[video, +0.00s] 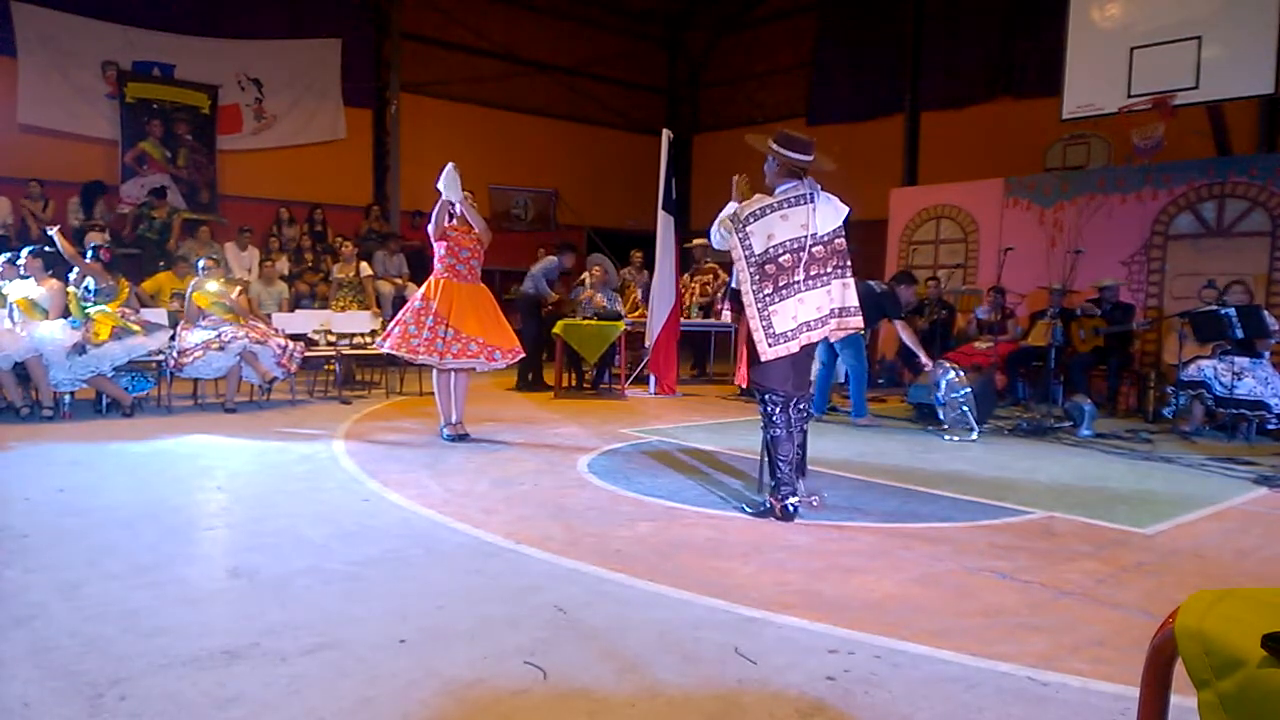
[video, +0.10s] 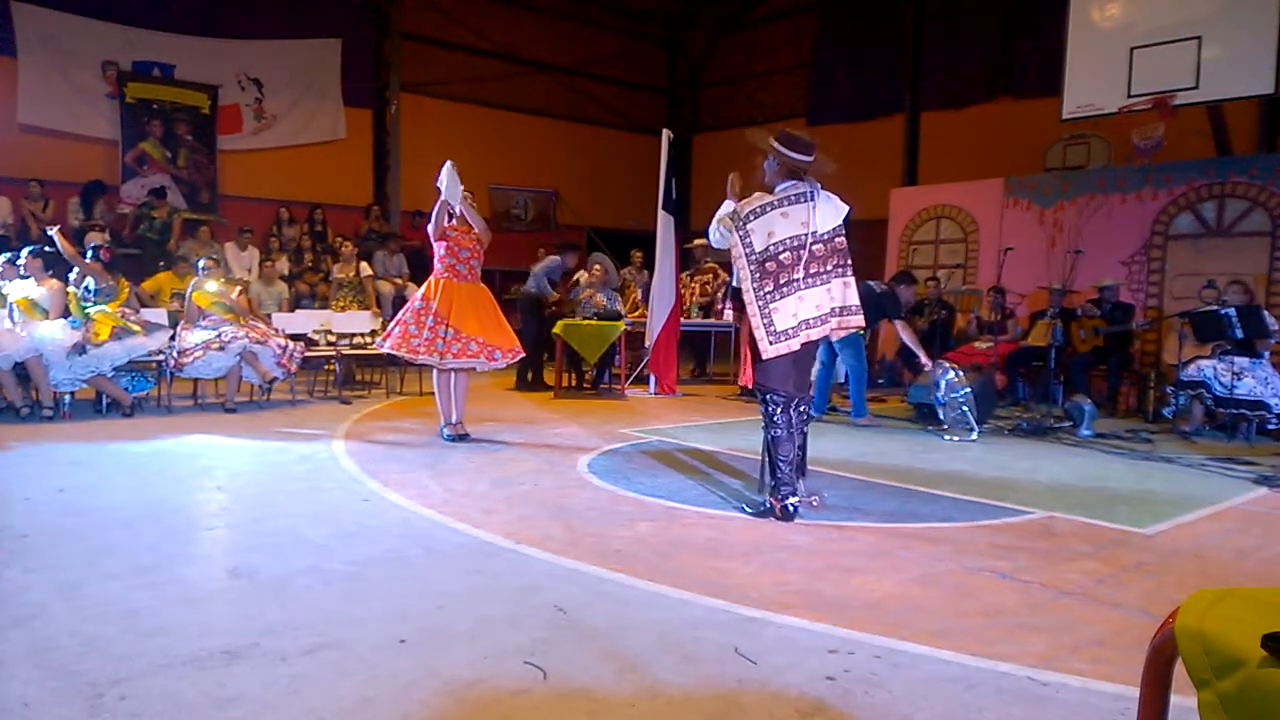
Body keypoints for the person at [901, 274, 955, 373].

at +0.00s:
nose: (932, 291)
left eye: (935, 287)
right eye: (929, 287)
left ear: (940, 289)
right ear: (925, 289)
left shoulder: (948, 308)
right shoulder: (919, 305)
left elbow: (948, 331)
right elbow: (910, 319)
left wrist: (928, 325)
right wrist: (917, 324)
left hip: (940, 349)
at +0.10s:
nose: (932, 291)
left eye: (935, 287)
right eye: (929, 287)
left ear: (940, 289)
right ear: (925, 289)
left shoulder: (948, 308)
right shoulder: (918, 305)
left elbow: (947, 330)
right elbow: (908, 319)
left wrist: (928, 326)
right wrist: (917, 325)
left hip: (940, 349)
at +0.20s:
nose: (932, 291)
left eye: (935, 287)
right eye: (929, 287)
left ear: (940, 289)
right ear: (925, 289)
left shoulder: (949, 308)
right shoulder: (918, 306)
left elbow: (947, 331)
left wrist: (928, 326)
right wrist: (917, 325)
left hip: (941, 351)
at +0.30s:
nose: (932, 291)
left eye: (935, 287)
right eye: (929, 288)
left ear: (940, 289)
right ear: (925, 289)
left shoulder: (948, 308)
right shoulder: (919, 305)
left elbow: (947, 330)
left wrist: (928, 326)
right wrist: (916, 324)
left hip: (940, 349)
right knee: (902, 353)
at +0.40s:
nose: (932, 291)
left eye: (935, 288)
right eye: (929, 288)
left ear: (939, 289)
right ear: (925, 289)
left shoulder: (948, 308)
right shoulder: (919, 305)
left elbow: (947, 332)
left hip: (940, 350)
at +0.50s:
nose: (931, 291)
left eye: (935, 288)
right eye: (928, 288)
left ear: (940, 289)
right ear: (925, 290)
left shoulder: (948, 308)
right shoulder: (918, 305)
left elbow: (947, 332)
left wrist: (927, 326)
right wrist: (917, 324)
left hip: (940, 349)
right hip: (920, 349)